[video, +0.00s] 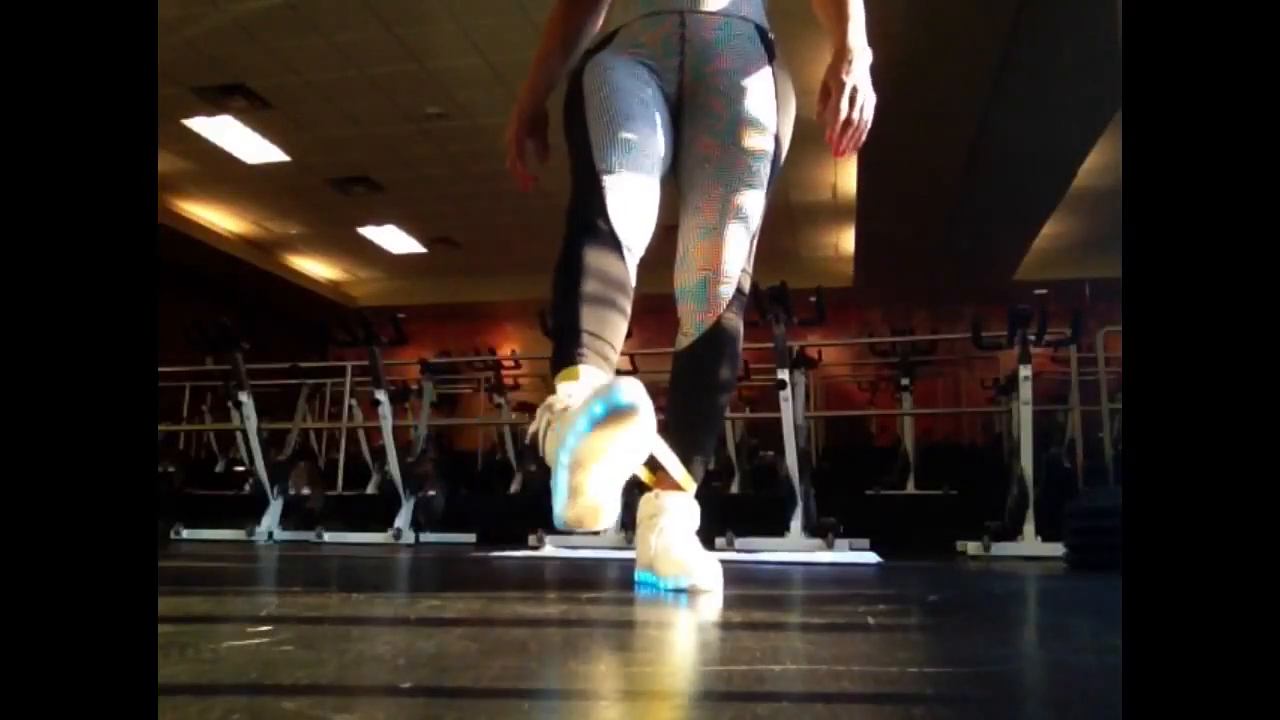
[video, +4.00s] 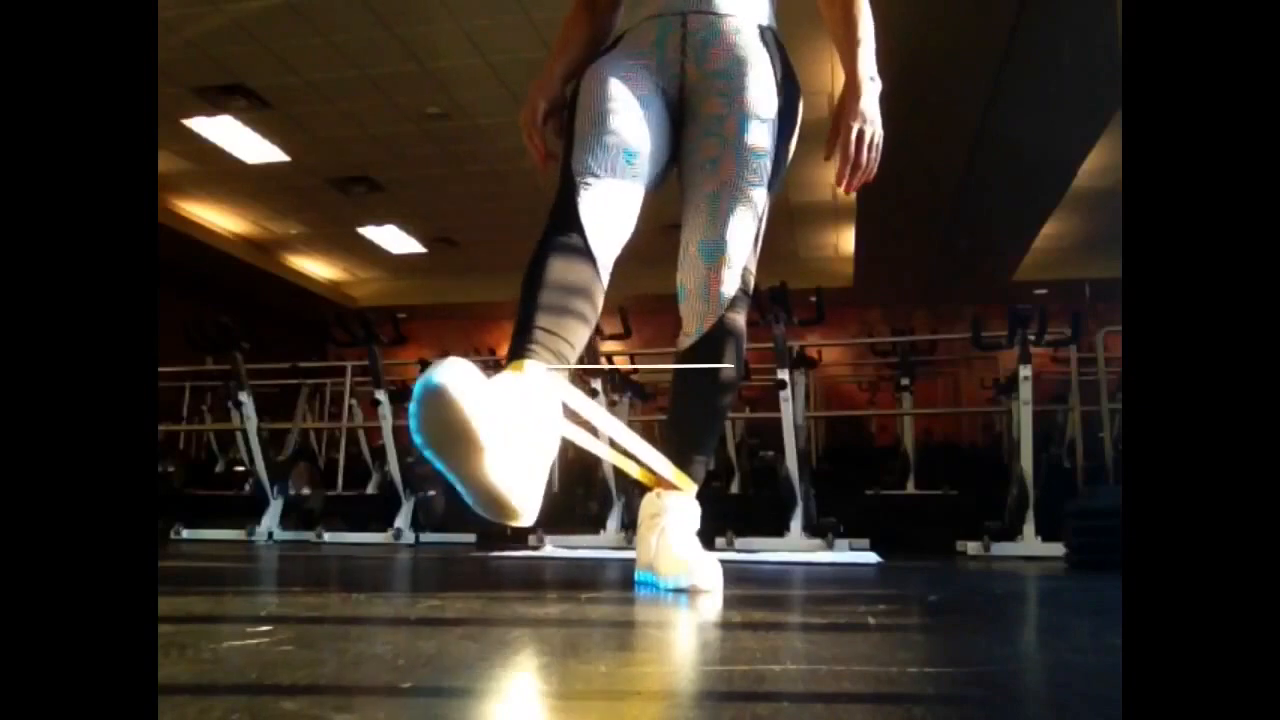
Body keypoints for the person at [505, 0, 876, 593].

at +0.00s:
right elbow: (586, 4)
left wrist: (853, 49)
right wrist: (535, 95)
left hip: (739, 31)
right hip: (625, 32)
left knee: (715, 283)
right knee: (615, 190)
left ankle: (672, 512)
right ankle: (578, 407)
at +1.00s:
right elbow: (588, 3)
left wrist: (850, 51)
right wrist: (542, 90)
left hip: (742, 34)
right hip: (628, 34)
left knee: (717, 286)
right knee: (615, 203)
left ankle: (673, 513)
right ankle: (577, 430)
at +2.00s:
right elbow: (580, 8)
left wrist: (873, 50)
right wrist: (539, 89)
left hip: (740, 30)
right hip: (627, 33)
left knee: (717, 271)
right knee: (603, 210)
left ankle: (670, 516)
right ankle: (551, 459)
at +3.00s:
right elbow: (589, 3)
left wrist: (867, 72)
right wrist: (550, 82)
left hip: (744, 25)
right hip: (632, 25)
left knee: (722, 273)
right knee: (597, 203)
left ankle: (673, 516)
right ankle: (533, 441)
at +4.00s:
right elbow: (597, 3)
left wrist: (862, 83)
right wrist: (555, 72)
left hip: (740, 32)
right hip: (633, 35)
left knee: (719, 278)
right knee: (590, 202)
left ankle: (672, 516)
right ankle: (525, 419)